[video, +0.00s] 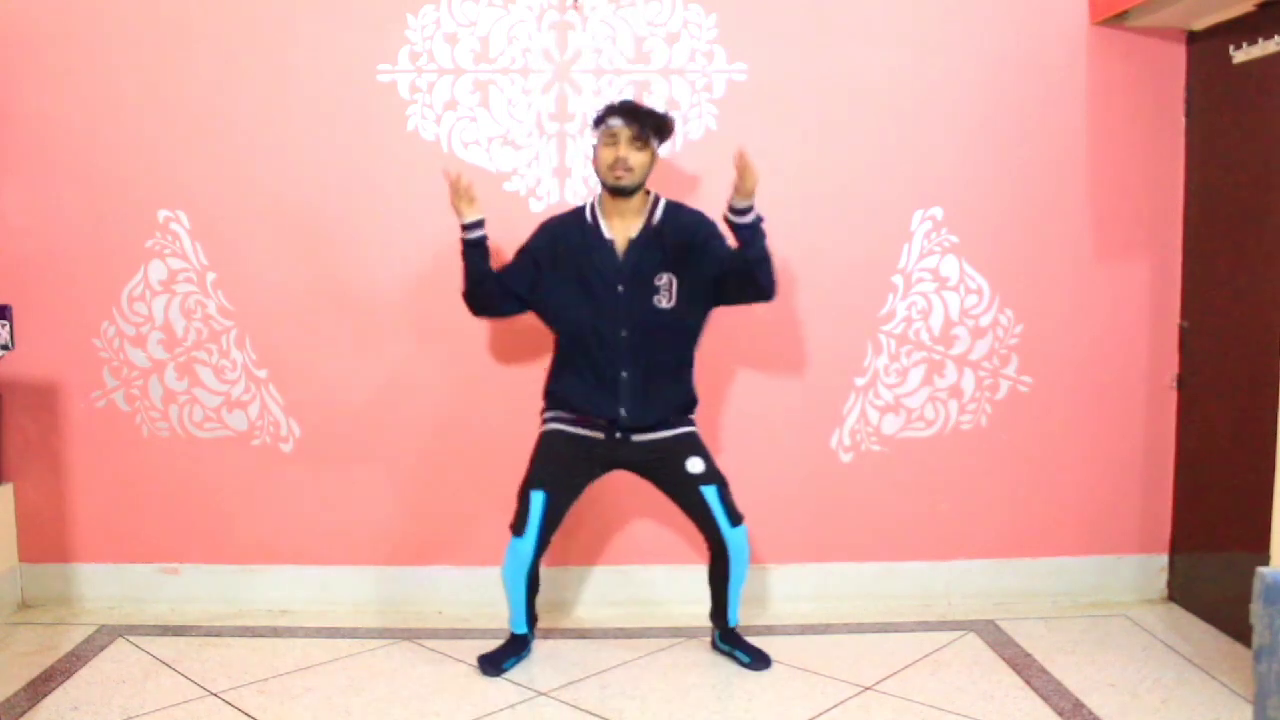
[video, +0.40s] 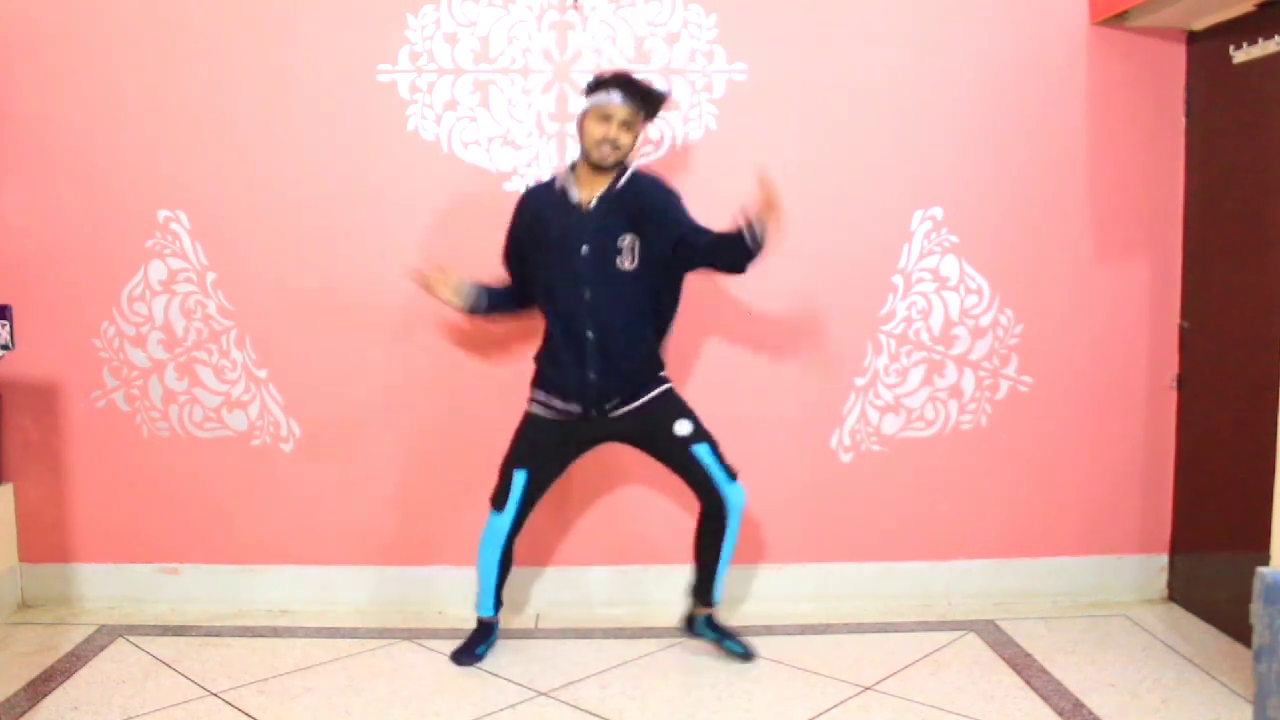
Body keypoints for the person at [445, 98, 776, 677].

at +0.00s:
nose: (621, 156)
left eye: (636, 144)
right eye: (609, 143)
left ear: (655, 156)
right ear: (594, 153)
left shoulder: (689, 232)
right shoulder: (560, 237)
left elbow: (757, 286)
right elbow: (486, 301)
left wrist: (744, 216)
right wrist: (471, 225)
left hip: (664, 426)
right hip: (575, 424)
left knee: (730, 534)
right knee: (526, 536)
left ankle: (727, 632)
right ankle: (519, 635)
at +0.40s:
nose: (613, 134)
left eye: (626, 125)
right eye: (603, 120)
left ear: (638, 136)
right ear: (580, 123)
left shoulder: (650, 200)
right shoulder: (538, 206)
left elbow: (710, 252)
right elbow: (523, 293)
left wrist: (752, 232)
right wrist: (467, 294)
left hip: (641, 394)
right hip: (559, 399)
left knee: (725, 495)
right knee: (504, 512)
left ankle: (702, 612)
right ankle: (485, 623)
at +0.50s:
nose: (611, 164)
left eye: (622, 156)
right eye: (600, 149)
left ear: (627, 166)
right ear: (569, 149)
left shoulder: (642, 232)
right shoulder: (534, 234)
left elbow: (713, 276)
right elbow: (554, 336)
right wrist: (528, 334)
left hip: (640, 421)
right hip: (553, 424)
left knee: (732, 504)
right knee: (490, 526)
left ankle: (677, 634)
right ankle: (483, 626)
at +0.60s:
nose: (643, 166)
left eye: (650, 154)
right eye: (632, 151)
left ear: (656, 160)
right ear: (599, 151)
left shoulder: (668, 230)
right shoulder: (552, 234)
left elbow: (719, 300)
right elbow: (534, 332)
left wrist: (753, 344)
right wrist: (531, 320)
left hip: (651, 424)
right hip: (567, 430)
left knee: (741, 512)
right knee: (504, 534)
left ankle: (676, 639)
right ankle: (482, 623)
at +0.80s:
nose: (699, 168)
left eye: (703, 156)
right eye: (696, 153)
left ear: (667, 150)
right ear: (660, 144)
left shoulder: (661, 212)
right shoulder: (620, 215)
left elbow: (684, 309)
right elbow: (620, 327)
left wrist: (718, 394)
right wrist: (656, 321)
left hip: (705, 407)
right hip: (667, 412)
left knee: (756, 513)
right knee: (653, 544)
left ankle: (680, 639)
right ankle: (566, 682)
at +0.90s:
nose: (725, 158)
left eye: (729, 146)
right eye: (725, 143)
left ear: (673, 130)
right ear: (698, 132)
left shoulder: (615, 192)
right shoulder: (673, 206)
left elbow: (600, 272)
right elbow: (681, 320)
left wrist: (666, 299)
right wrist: (761, 333)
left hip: (655, 391)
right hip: (692, 394)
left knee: (716, 510)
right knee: (732, 521)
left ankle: (685, 639)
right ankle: (707, 689)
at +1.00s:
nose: (749, 136)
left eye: (752, 124)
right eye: (750, 123)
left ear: (692, 110)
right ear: (731, 115)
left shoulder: (634, 164)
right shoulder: (723, 181)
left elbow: (594, 227)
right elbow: (725, 287)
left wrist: (657, 239)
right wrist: (793, 319)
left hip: (644, 377)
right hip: (713, 381)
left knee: (655, 495)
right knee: (759, 508)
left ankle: (665, 638)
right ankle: (769, 675)